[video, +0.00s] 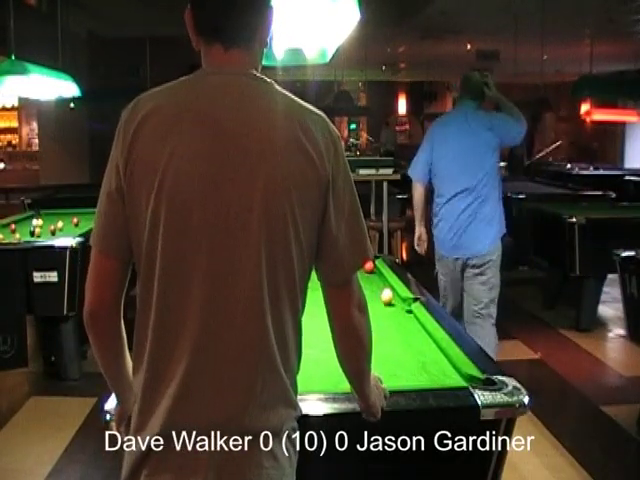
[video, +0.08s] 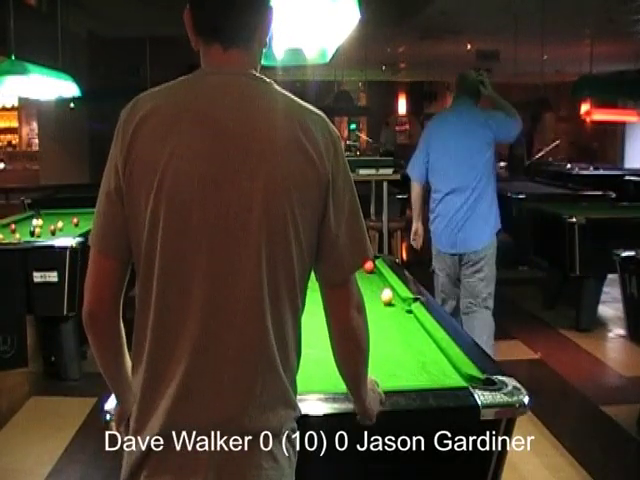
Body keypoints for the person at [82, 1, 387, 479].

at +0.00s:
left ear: (191, 22)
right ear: (266, 29)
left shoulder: (142, 119)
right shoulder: (313, 131)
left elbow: (98, 305)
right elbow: (345, 296)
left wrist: (126, 396)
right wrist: (365, 388)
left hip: (159, 428)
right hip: (264, 429)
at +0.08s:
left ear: (190, 23)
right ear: (266, 29)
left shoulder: (141, 118)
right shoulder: (313, 131)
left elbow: (97, 306)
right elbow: (343, 299)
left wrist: (126, 398)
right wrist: (362, 392)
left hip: (158, 430)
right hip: (263, 432)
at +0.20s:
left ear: (188, 23)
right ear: (264, 26)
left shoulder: (138, 118)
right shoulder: (310, 130)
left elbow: (95, 306)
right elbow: (338, 303)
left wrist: (124, 396)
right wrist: (354, 399)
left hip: (155, 432)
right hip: (262, 432)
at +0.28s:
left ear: (186, 23)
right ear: (264, 26)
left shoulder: (136, 118)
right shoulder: (309, 131)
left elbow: (93, 306)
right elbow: (335, 306)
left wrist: (122, 399)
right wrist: (347, 409)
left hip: (153, 434)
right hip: (261, 434)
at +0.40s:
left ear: (182, 23)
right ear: (260, 26)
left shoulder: (132, 119)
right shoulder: (307, 131)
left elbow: (90, 307)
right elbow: (331, 310)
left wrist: (121, 404)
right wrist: (333, 418)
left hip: (151, 434)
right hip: (260, 435)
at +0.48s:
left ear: (178, 22)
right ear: (256, 26)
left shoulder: (129, 119)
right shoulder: (305, 130)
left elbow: (87, 307)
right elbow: (328, 311)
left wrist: (120, 404)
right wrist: (327, 422)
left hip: (148, 433)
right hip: (258, 434)